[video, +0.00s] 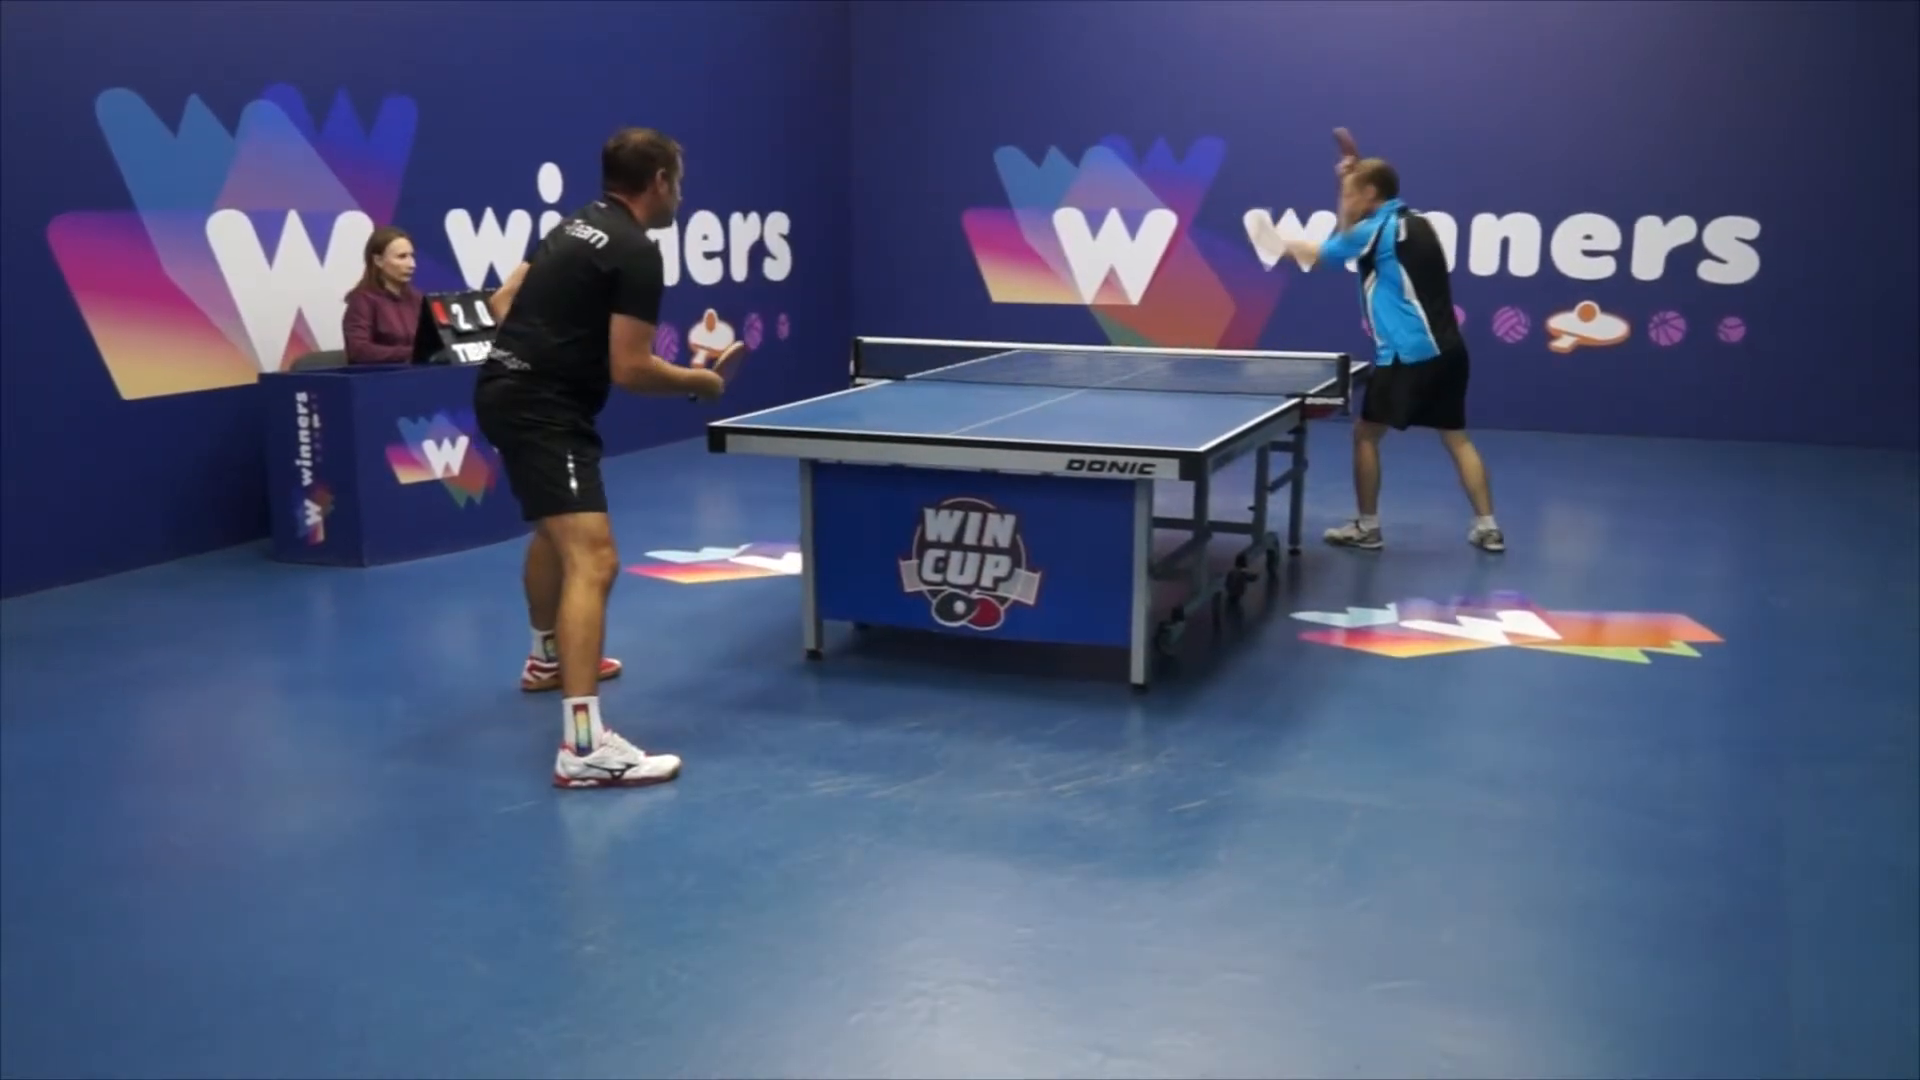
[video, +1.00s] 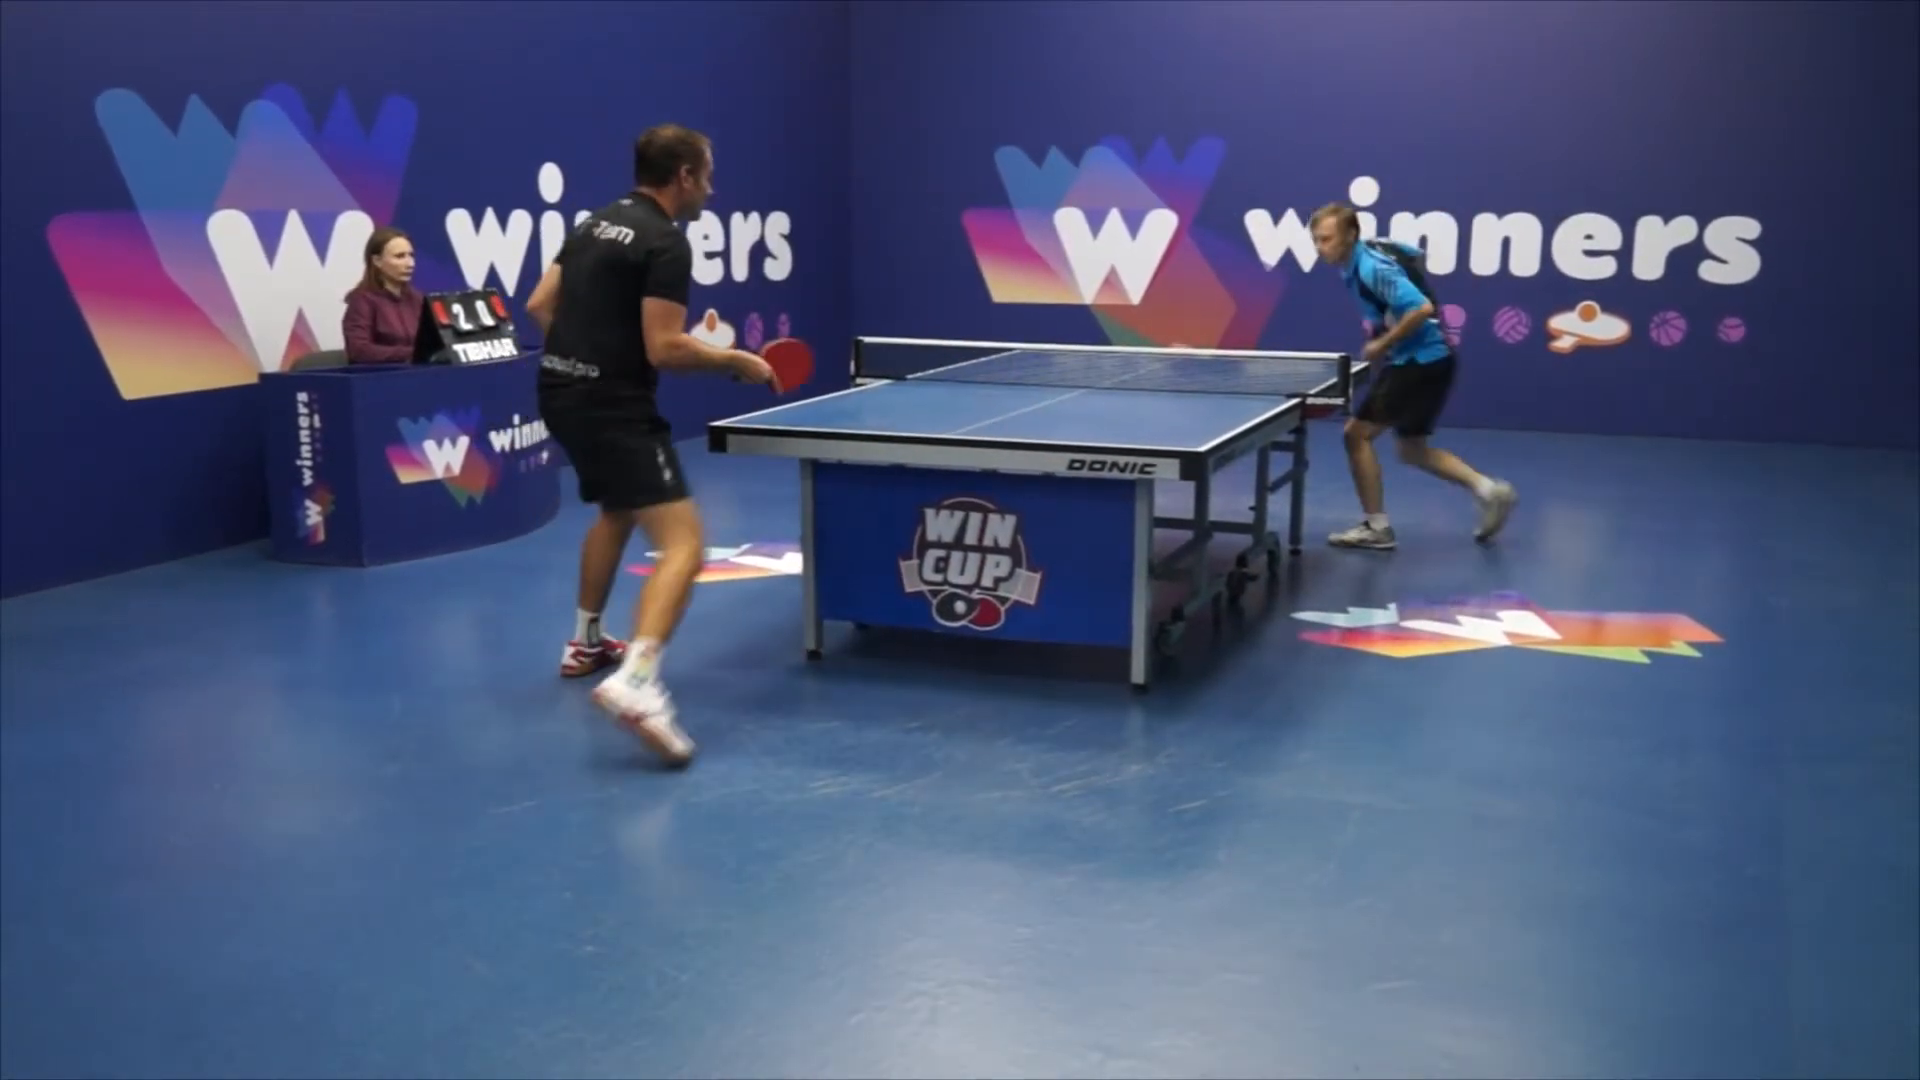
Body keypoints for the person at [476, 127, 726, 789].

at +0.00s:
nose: (679, 193)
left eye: (676, 181)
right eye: (675, 182)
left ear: (616, 181)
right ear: (655, 186)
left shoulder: (573, 225)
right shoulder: (637, 251)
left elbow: (504, 301)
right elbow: (628, 366)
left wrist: (558, 351)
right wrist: (696, 380)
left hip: (507, 389)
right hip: (545, 400)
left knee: (554, 530)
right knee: (593, 561)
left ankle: (548, 656)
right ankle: (583, 741)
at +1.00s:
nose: (711, 188)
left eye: (710, 175)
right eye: (708, 176)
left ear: (649, 175)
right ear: (683, 177)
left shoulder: (595, 221)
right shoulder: (665, 243)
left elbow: (541, 305)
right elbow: (664, 347)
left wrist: (600, 343)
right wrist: (735, 359)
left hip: (561, 388)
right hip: (614, 396)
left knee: (618, 509)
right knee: (683, 541)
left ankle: (585, 641)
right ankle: (637, 679)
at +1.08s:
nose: (720, 194)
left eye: (720, 181)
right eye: (716, 181)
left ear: (665, 175)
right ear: (691, 178)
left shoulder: (610, 217)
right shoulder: (670, 237)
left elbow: (552, 298)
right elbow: (671, 341)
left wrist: (627, 334)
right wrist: (739, 356)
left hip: (566, 385)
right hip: (616, 391)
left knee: (624, 505)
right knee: (713, 521)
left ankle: (585, 637)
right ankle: (669, 667)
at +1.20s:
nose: (736, 211)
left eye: (739, 200)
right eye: (737, 198)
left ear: (685, 179)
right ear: (717, 185)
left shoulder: (628, 214)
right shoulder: (691, 232)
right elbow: (698, 336)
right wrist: (745, 345)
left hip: (570, 375)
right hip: (623, 382)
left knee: (619, 505)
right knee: (729, 506)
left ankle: (584, 642)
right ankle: (750, 659)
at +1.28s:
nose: (751, 224)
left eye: (754, 213)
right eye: (754, 212)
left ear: (702, 184)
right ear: (740, 199)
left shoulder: (635, 218)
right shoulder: (718, 243)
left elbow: (570, 292)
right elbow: (746, 346)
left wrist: (627, 318)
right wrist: (717, 330)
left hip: (578, 372)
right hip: (640, 383)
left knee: (613, 508)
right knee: (742, 508)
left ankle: (583, 640)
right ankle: (789, 650)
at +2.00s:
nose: (715, 172)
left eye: (714, 160)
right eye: (714, 161)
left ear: (646, 161)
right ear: (698, 162)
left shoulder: (594, 216)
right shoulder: (707, 230)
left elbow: (535, 309)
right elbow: (711, 345)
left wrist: (569, 367)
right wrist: (756, 348)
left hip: (571, 397)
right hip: (649, 400)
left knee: (562, 549)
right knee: (737, 538)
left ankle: (531, 700)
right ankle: (757, 699)